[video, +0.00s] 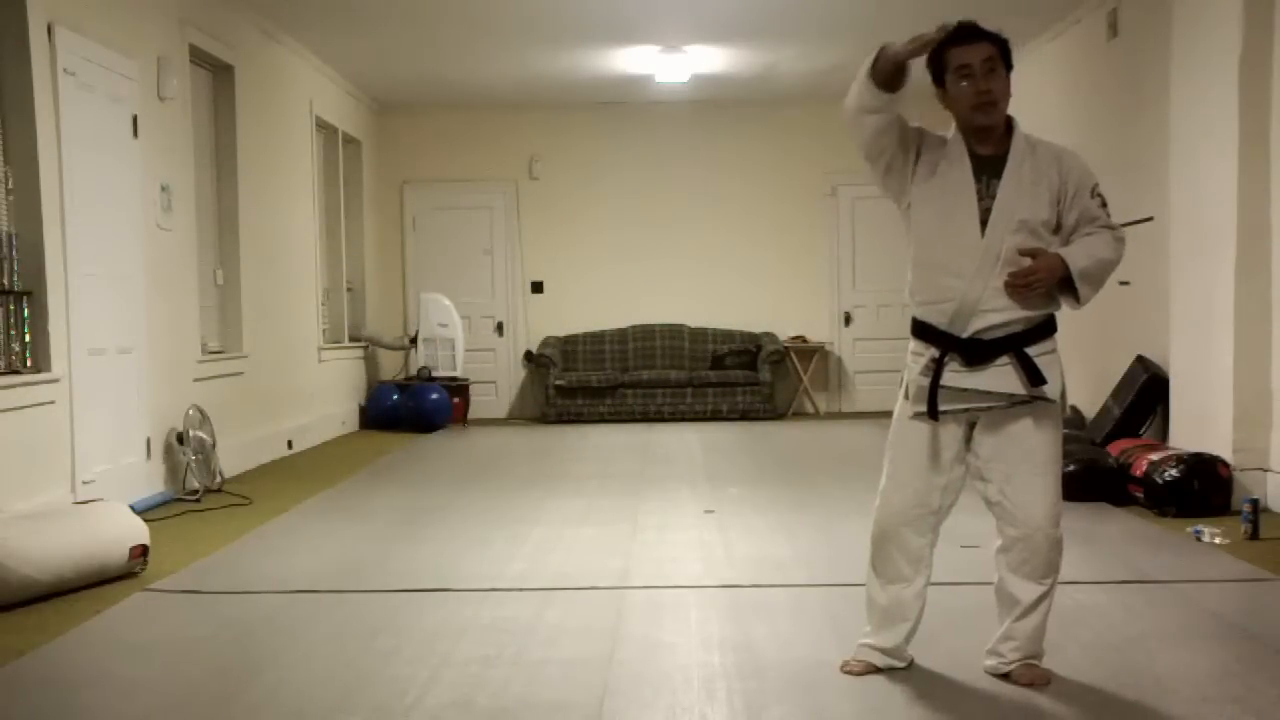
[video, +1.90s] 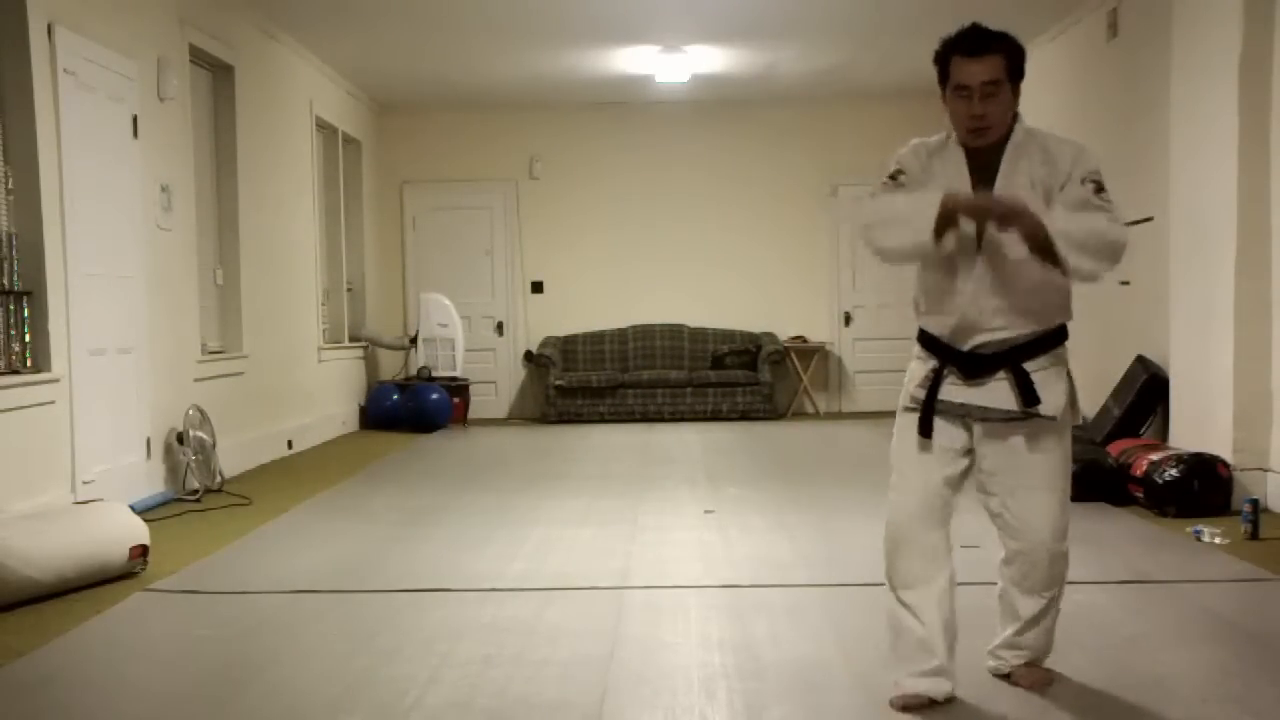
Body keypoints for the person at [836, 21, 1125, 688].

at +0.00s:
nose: (981, 85)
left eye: (991, 70)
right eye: (962, 76)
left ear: (1009, 80)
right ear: (941, 94)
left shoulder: (1059, 167)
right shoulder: (918, 162)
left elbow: (1106, 241)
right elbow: (869, 119)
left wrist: (1064, 266)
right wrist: (888, 62)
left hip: (1023, 367)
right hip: (933, 366)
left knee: (1035, 525)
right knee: (900, 516)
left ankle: (1017, 653)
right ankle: (884, 641)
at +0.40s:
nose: (974, 82)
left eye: (983, 68)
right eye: (956, 74)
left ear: (998, 80)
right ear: (930, 95)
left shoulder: (1049, 163)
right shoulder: (907, 164)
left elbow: (1100, 235)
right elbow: (841, 165)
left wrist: (1057, 262)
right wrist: (812, 124)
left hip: (1020, 369)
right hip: (931, 369)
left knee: (1033, 526)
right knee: (897, 518)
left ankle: (1016, 653)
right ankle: (884, 643)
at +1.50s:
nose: (988, 89)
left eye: (1000, 75)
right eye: (971, 77)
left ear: (1016, 82)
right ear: (945, 90)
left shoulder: (1062, 161)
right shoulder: (913, 162)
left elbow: (1110, 239)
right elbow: (860, 229)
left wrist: (1065, 269)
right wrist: (831, 210)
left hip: (1030, 374)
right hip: (938, 374)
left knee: (1040, 531)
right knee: (901, 519)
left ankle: (1016, 654)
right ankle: (883, 642)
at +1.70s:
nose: (990, 101)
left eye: (1003, 87)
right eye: (975, 88)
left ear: (1024, 91)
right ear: (953, 96)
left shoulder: (1071, 162)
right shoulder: (926, 169)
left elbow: (1124, 242)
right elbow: (871, 242)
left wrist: (1044, 246)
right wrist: (902, 275)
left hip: (1034, 373)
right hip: (941, 370)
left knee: (1045, 538)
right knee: (887, 515)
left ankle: (1022, 655)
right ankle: (890, 640)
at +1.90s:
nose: (977, 108)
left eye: (991, 93)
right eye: (962, 93)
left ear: (1017, 93)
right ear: (944, 95)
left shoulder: (1063, 159)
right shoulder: (922, 160)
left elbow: (1108, 246)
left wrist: (1031, 219)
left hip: (1032, 371)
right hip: (939, 369)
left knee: (1040, 539)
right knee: (912, 529)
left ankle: (1021, 652)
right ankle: (921, 675)